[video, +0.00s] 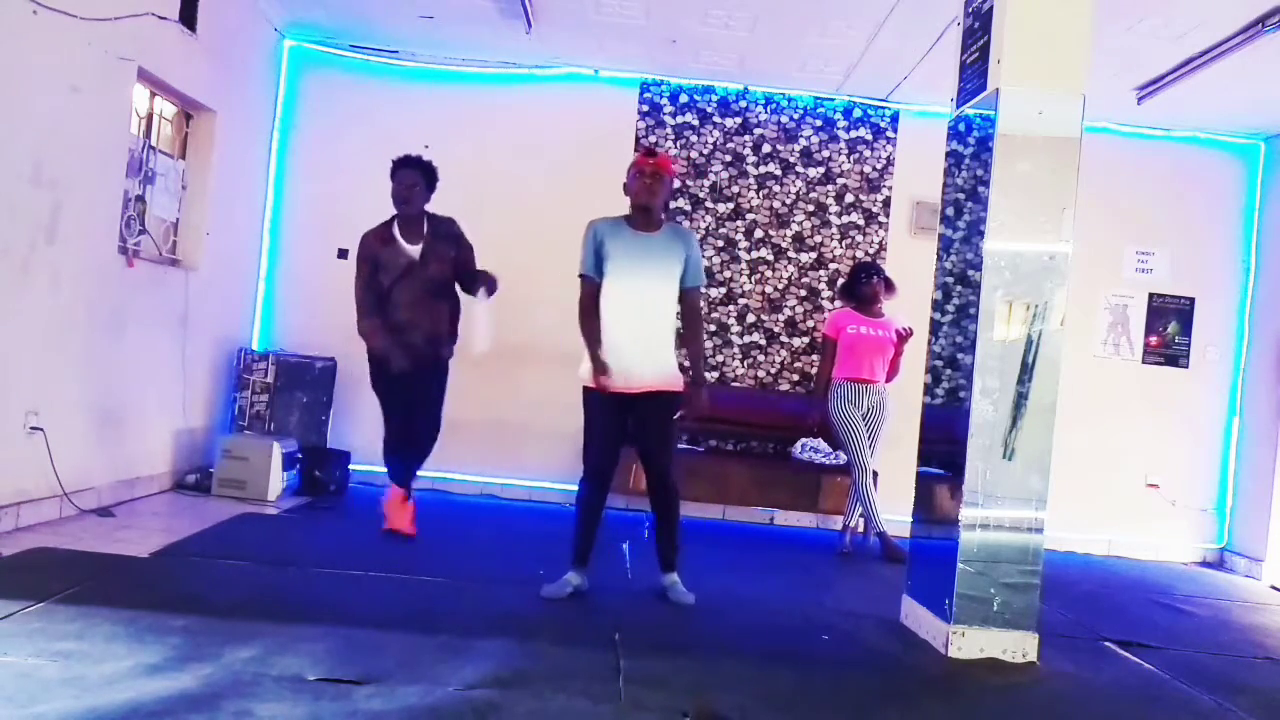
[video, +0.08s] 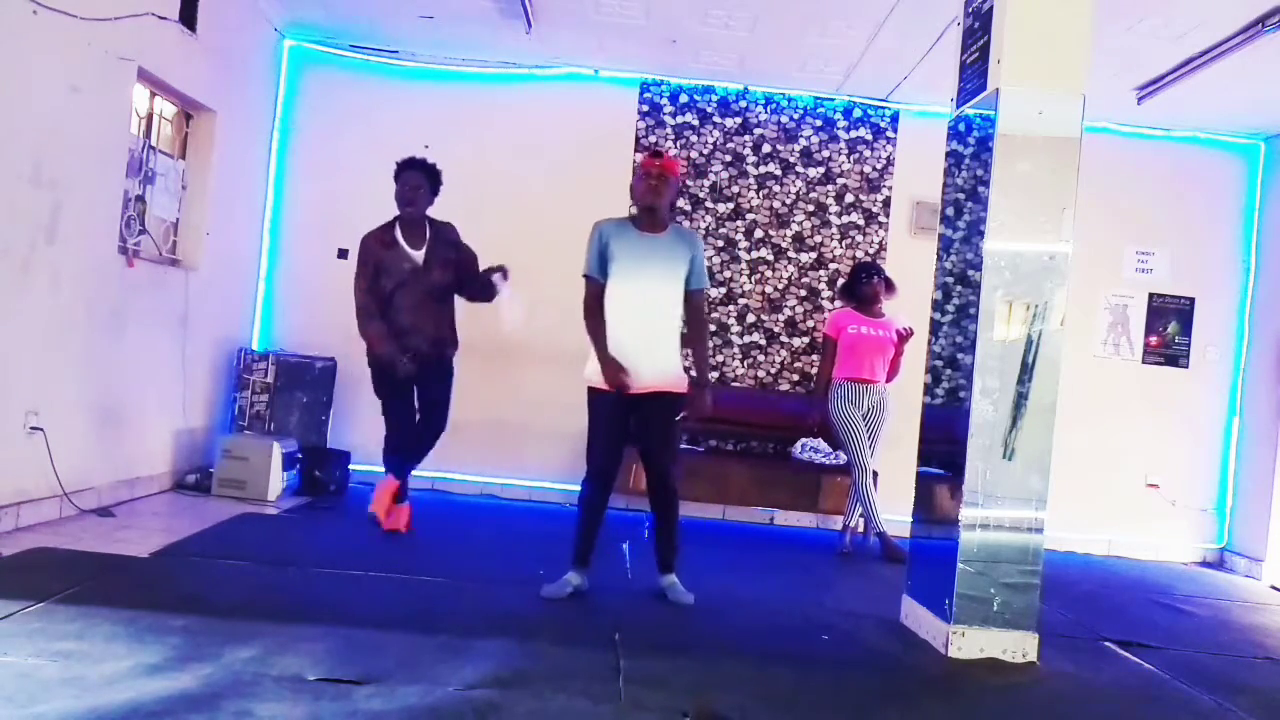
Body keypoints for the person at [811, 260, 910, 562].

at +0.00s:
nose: (876, 283)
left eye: (879, 278)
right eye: (869, 278)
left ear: (885, 287)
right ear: (856, 287)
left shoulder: (891, 327)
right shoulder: (840, 317)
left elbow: (889, 376)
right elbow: (826, 364)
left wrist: (900, 349)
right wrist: (818, 404)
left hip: (876, 397)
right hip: (844, 393)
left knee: (864, 465)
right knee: (862, 463)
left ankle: (847, 532)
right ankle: (882, 535)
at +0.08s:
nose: (878, 284)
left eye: (880, 279)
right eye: (870, 279)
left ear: (885, 287)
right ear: (857, 287)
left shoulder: (891, 327)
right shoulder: (840, 317)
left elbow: (889, 376)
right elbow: (826, 364)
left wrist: (900, 349)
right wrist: (818, 405)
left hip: (877, 398)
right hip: (844, 394)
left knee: (864, 465)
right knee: (862, 463)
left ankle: (847, 531)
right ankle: (882, 535)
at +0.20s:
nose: (878, 283)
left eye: (881, 278)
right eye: (870, 278)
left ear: (886, 286)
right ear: (858, 287)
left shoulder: (891, 327)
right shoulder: (840, 317)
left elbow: (890, 377)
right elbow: (826, 364)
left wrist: (901, 349)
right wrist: (818, 404)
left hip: (877, 397)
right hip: (845, 393)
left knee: (865, 465)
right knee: (861, 463)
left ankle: (847, 531)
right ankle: (882, 535)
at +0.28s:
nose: (878, 284)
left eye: (881, 279)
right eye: (870, 279)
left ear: (887, 287)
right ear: (858, 287)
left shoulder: (892, 326)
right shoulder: (841, 317)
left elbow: (890, 377)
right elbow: (827, 365)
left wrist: (901, 348)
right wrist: (819, 405)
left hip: (877, 397)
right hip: (845, 393)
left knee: (865, 465)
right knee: (861, 463)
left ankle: (847, 531)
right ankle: (882, 536)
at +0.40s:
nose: (877, 283)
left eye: (881, 278)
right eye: (870, 278)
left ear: (887, 286)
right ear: (858, 287)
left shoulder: (892, 327)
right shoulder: (841, 318)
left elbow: (891, 376)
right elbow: (827, 365)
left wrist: (902, 349)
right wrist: (820, 405)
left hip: (878, 397)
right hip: (846, 393)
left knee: (866, 466)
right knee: (862, 464)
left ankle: (847, 532)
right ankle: (881, 536)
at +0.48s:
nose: (878, 283)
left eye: (881, 278)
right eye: (870, 278)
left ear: (887, 286)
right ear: (858, 287)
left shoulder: (893, 326)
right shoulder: (842, 318)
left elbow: (892, 376)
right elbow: (828, 364)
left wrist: (902, 349)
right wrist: (822, 405)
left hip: (879, 397)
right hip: (846, 393)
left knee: (866, 465)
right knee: (861, 463)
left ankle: (848, 532)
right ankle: (880, 535)